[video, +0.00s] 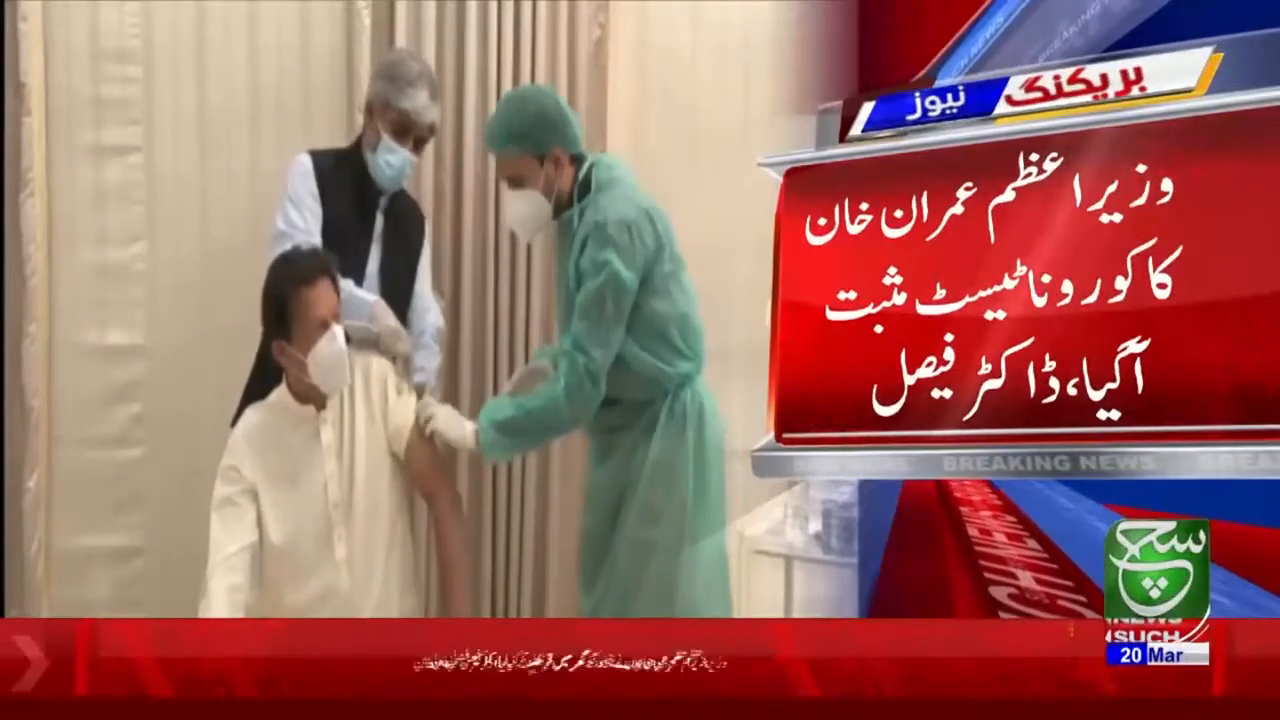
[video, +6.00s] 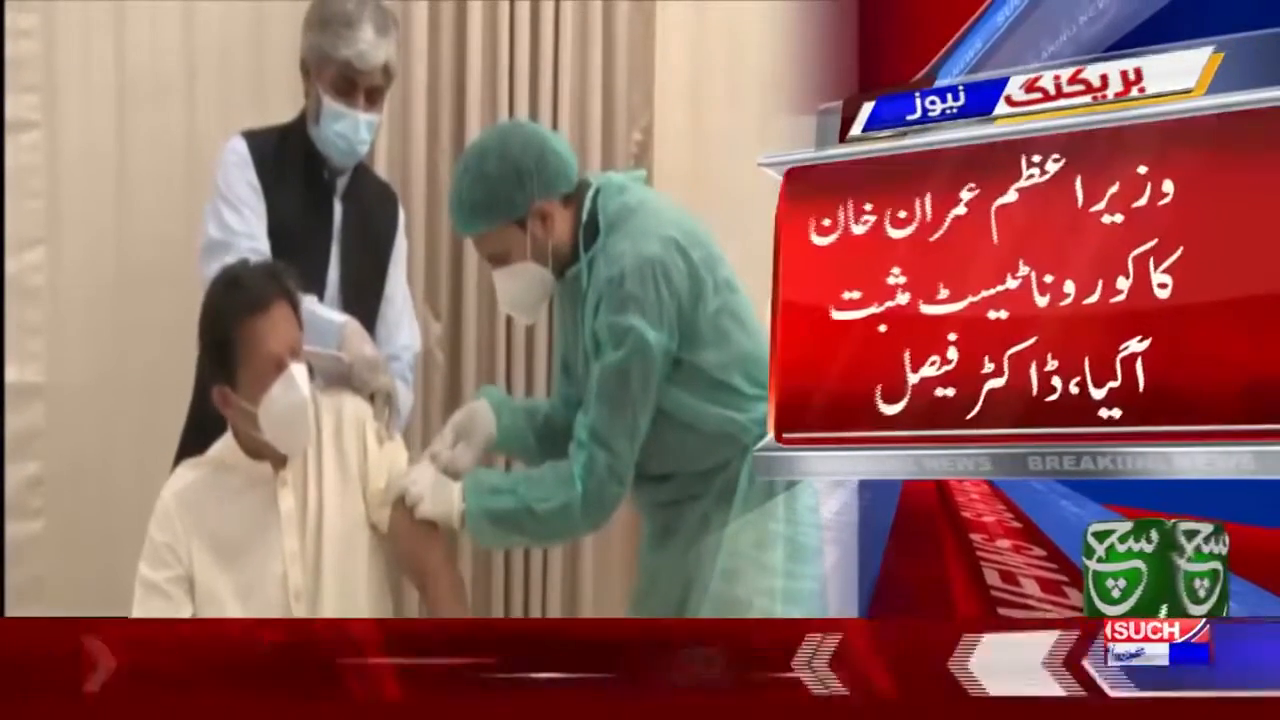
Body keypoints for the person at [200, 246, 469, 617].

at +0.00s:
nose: (338, 339)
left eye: (339, 322)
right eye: (321, 329)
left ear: (347, 319)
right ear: (282, 350)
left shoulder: (375, 380)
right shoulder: (253, 435)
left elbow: (442, 495)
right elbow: (229, 570)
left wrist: (458, 615)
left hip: (388, 617)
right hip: (294, 631)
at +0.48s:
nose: (337, 336)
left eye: (338, 318)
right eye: (319, 326)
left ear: (347, 316)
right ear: (281, 346)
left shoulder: (375, 381)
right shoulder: (253, 434)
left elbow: (442, 496)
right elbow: (227, 570)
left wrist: (458, 615)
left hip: (389, 618)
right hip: (293, 633)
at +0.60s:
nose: (260, 323)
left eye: (270, 303)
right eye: (238, 312)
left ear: (289, 310)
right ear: (208, 343)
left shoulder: (341, 386)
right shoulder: (178, 472)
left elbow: (431, 526)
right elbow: (153, 624)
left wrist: (457, 642)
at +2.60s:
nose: (265, 335)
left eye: (275, 313)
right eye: (244, 322)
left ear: (295, 316)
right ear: (212, 349)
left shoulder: (345, 394)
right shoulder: (179, 484)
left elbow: (431, 538)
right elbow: (159, 639)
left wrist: (454, 647)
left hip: (364, 674)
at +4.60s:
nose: (264, 388)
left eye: (277, 367)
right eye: (246, 374)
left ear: (299, 354)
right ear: (211, 367)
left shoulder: (346, 414)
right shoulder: (183, 489)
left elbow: (427, 550)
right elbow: (157, 634)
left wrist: (454, 651)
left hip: (359, 669)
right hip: (240, 681)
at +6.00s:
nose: (299, 383)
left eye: (299, 360)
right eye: (275, 373)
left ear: (310, 354)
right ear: (226, 402)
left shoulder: (349, 425)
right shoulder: (186, 500)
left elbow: (432, 562)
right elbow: (156, 640)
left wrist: (461, 667)